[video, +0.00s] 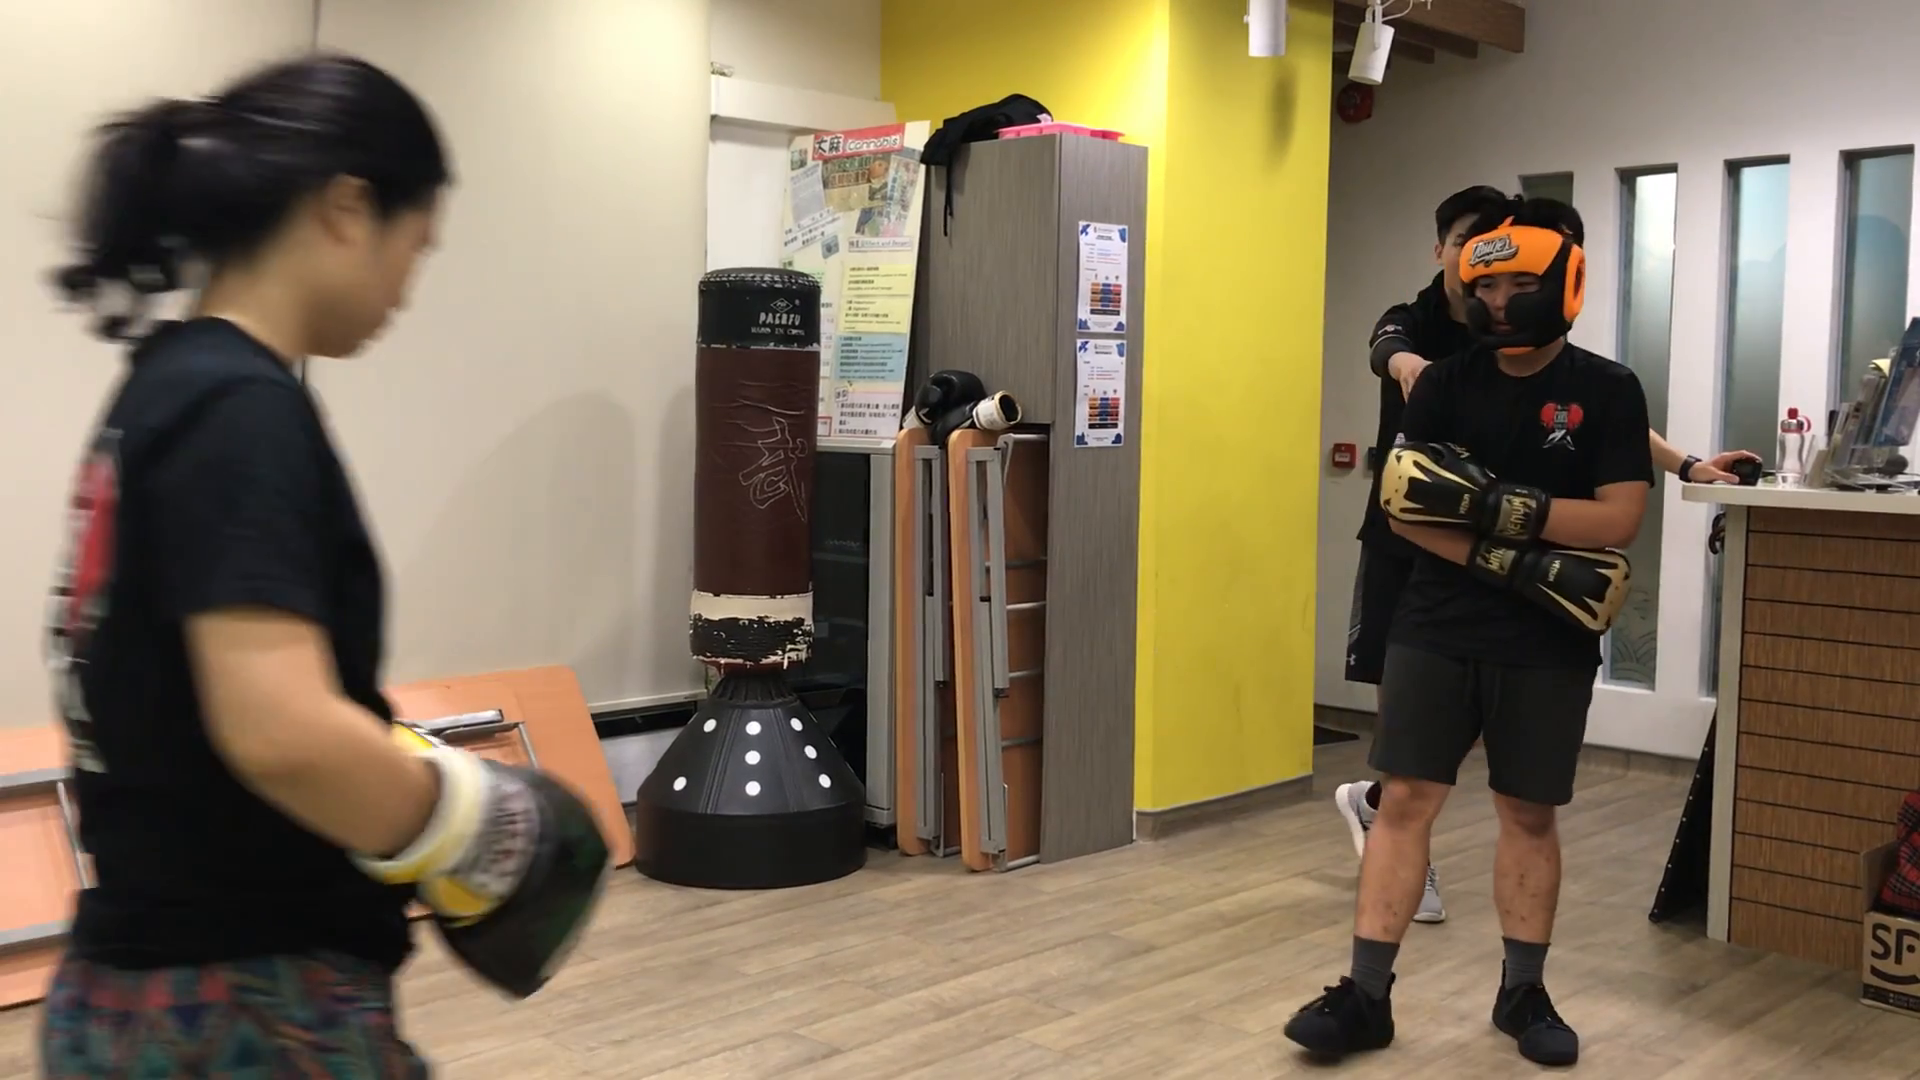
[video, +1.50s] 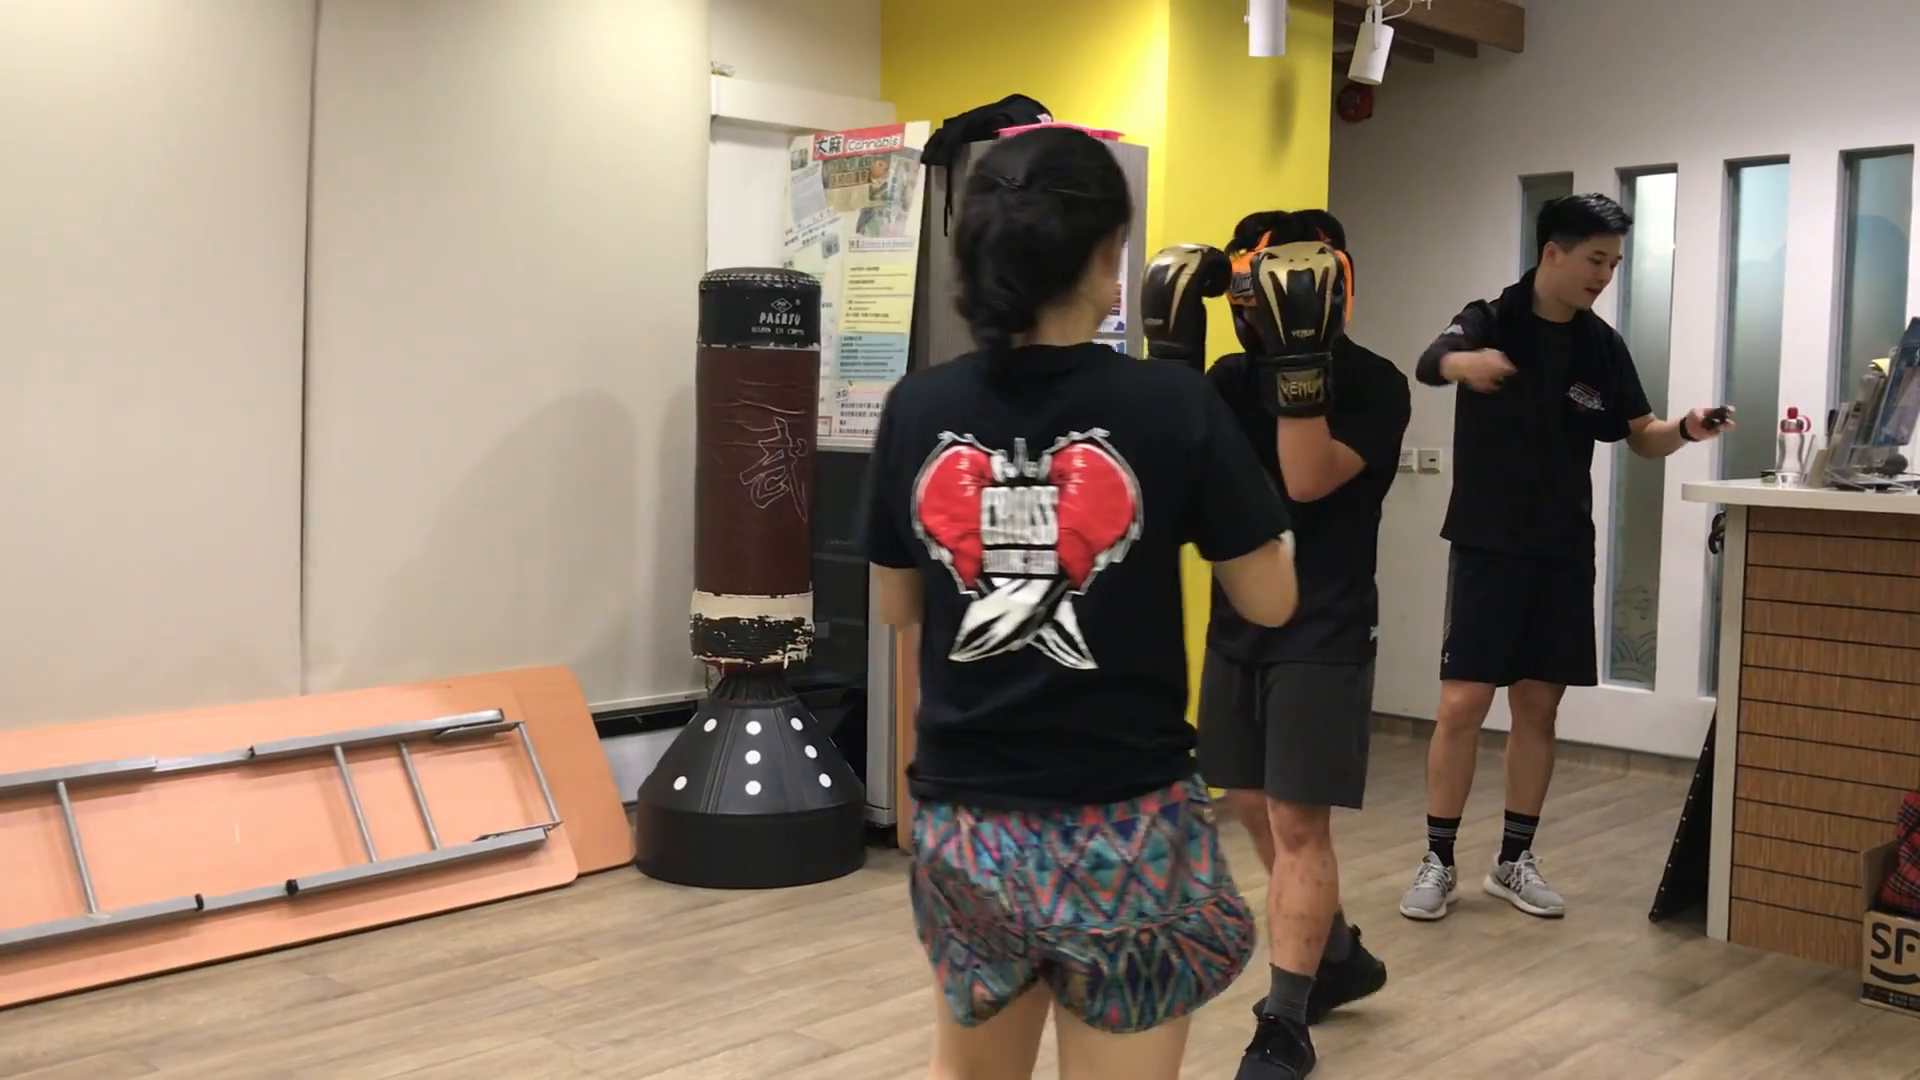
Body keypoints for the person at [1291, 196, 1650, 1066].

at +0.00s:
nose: (1497, 302)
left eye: (1516, 284)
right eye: (1484, 287)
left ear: (1562, 287)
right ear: (1465, 297)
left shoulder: (1608, 390)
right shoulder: (1445, 383)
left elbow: (1620, 519)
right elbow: (1404, 507)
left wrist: (1495, 507)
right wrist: (1530, 566)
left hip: (1545, 641)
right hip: (1436, 628)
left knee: (1529, 812)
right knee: (1404, 798)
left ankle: (1523, 994)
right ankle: (1365, 994)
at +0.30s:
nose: (1465, 303)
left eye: (1483, 284)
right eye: (1452, 288)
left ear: (1534, 282)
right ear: (1438, 296)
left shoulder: (1582, 388)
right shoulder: (1430, 387)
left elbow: (1589, 519)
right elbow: (1387, 508)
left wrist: (1469, 514)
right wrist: (1477, 572)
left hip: (1533, 641)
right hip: (1427, 627)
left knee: (1524, 816)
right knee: (1389, 792)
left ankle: (1523, 990)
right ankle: (1355, 970)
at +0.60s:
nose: (1371, 305)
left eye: (1388, 286)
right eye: (1361, 291)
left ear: (1442, 283)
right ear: (1353, 298)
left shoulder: (1494, 390)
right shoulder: (1358, 396)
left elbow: (1521, 517)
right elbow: (1323, 515)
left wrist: (1402, 534)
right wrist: (1340, 577)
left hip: (1472, 638)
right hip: (1371, 630)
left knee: (1489, 817)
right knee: (1369, 797)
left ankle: (1520, 991)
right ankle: (1353, 972)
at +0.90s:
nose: (1300, 310)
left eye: (1316, 291)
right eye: (1287, 297)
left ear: (1370, 286)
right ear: (1277, 303)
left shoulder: (1420, 384)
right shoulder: (1290, 398)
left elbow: (1459, 509)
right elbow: (1253, 506)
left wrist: (1346, 519)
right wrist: (1227, 560)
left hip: (1413, 620)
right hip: (1323, 622)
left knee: (1413, 796)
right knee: (1339, 791)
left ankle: (1467, 978)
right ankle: (1350, 972)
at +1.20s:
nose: (1262, 318)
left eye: (1276, 298)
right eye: (1253, 303)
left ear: (1331, 290)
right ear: (1248, 304)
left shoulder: (1389, 386)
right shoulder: (1254, 387)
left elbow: (1392, 510)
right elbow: (1198, 500)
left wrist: (1327, 427)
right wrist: (1150, 436)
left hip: (1369, 623)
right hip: (1288, 622)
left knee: (1333, 806)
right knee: (1314, 804)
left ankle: (1304, 1006)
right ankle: (1352, 967)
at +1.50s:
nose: (1274, 291)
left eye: (1293, 271)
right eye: (1262, 276)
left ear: (1334, 279)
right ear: (1242, 285)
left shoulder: (1375, 385)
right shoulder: (1235, 377)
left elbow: (1309, 478)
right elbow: (1178, 453)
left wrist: (1297, 361)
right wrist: (1174, 339)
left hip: (1322, 637)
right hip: (1235, 628)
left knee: (1299, 822)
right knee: (1248, 803)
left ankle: (1282, 1027)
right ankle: (1338, 952)